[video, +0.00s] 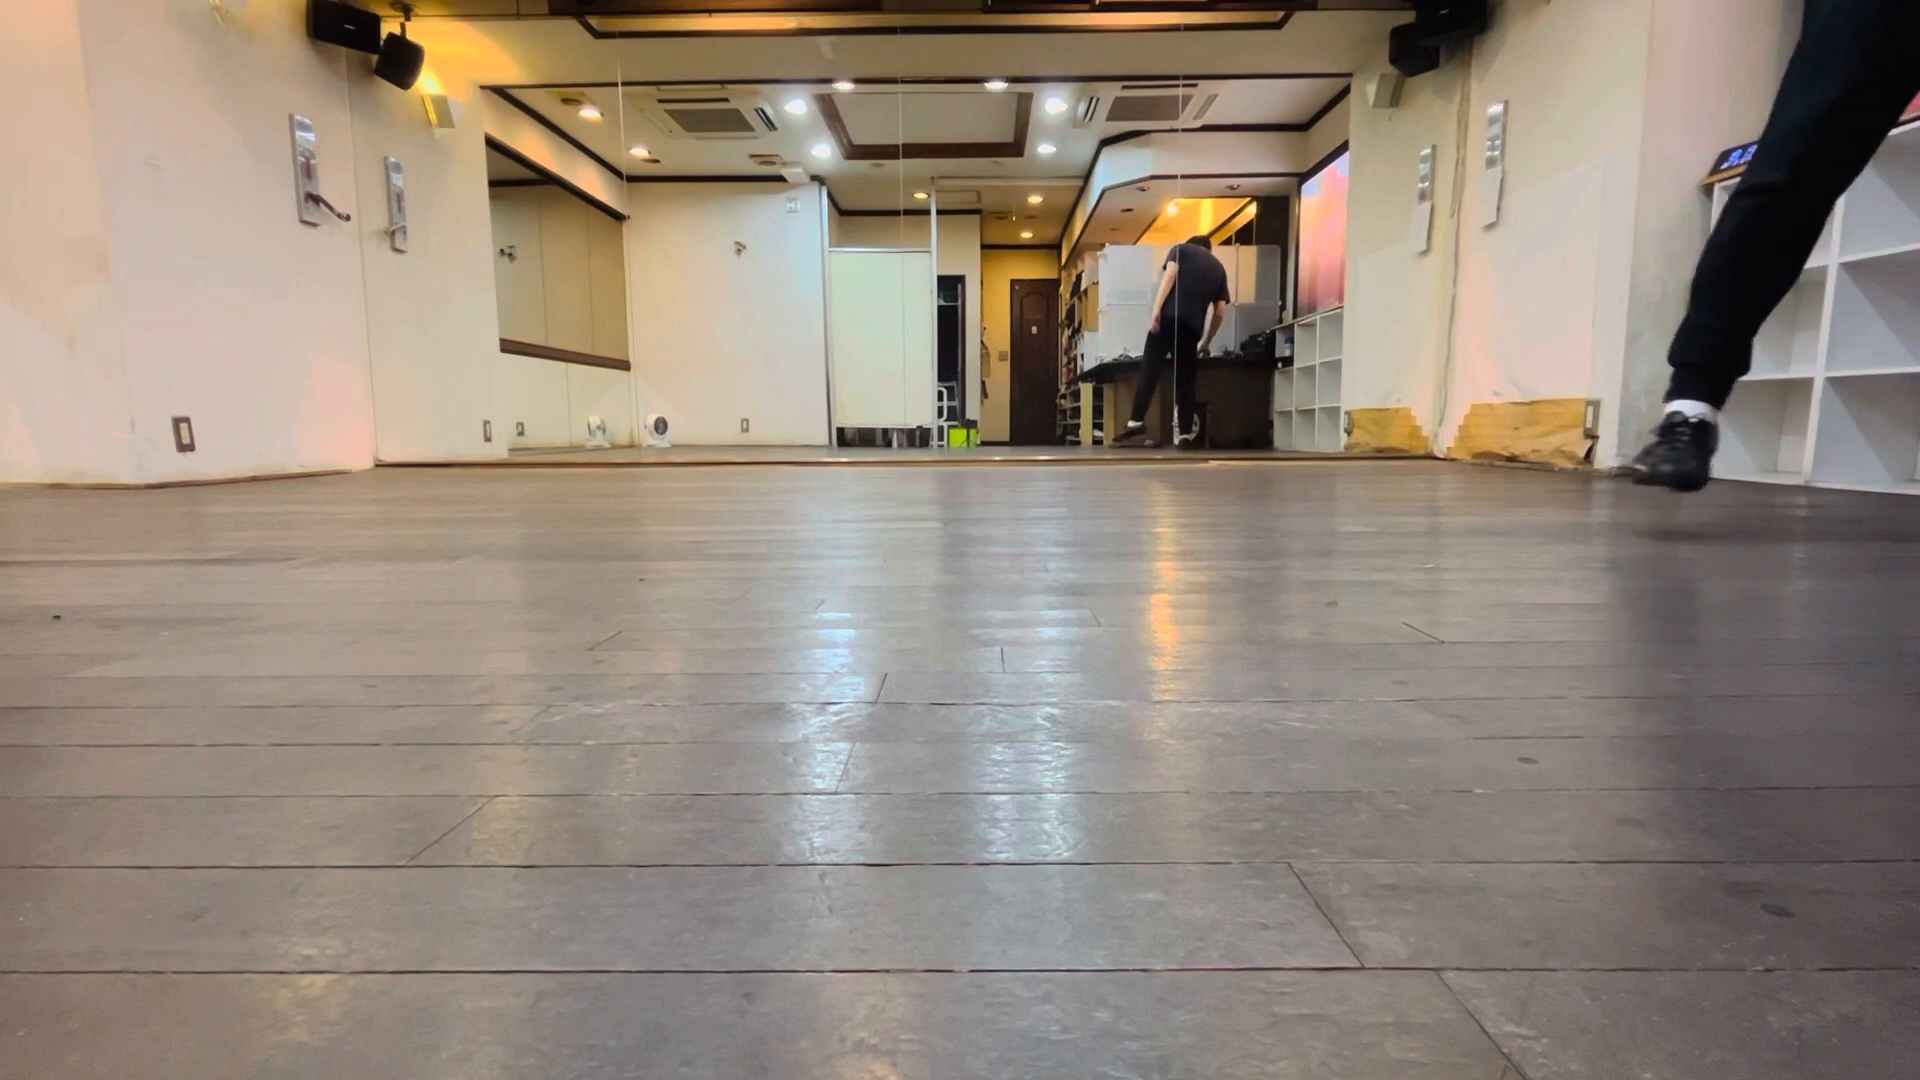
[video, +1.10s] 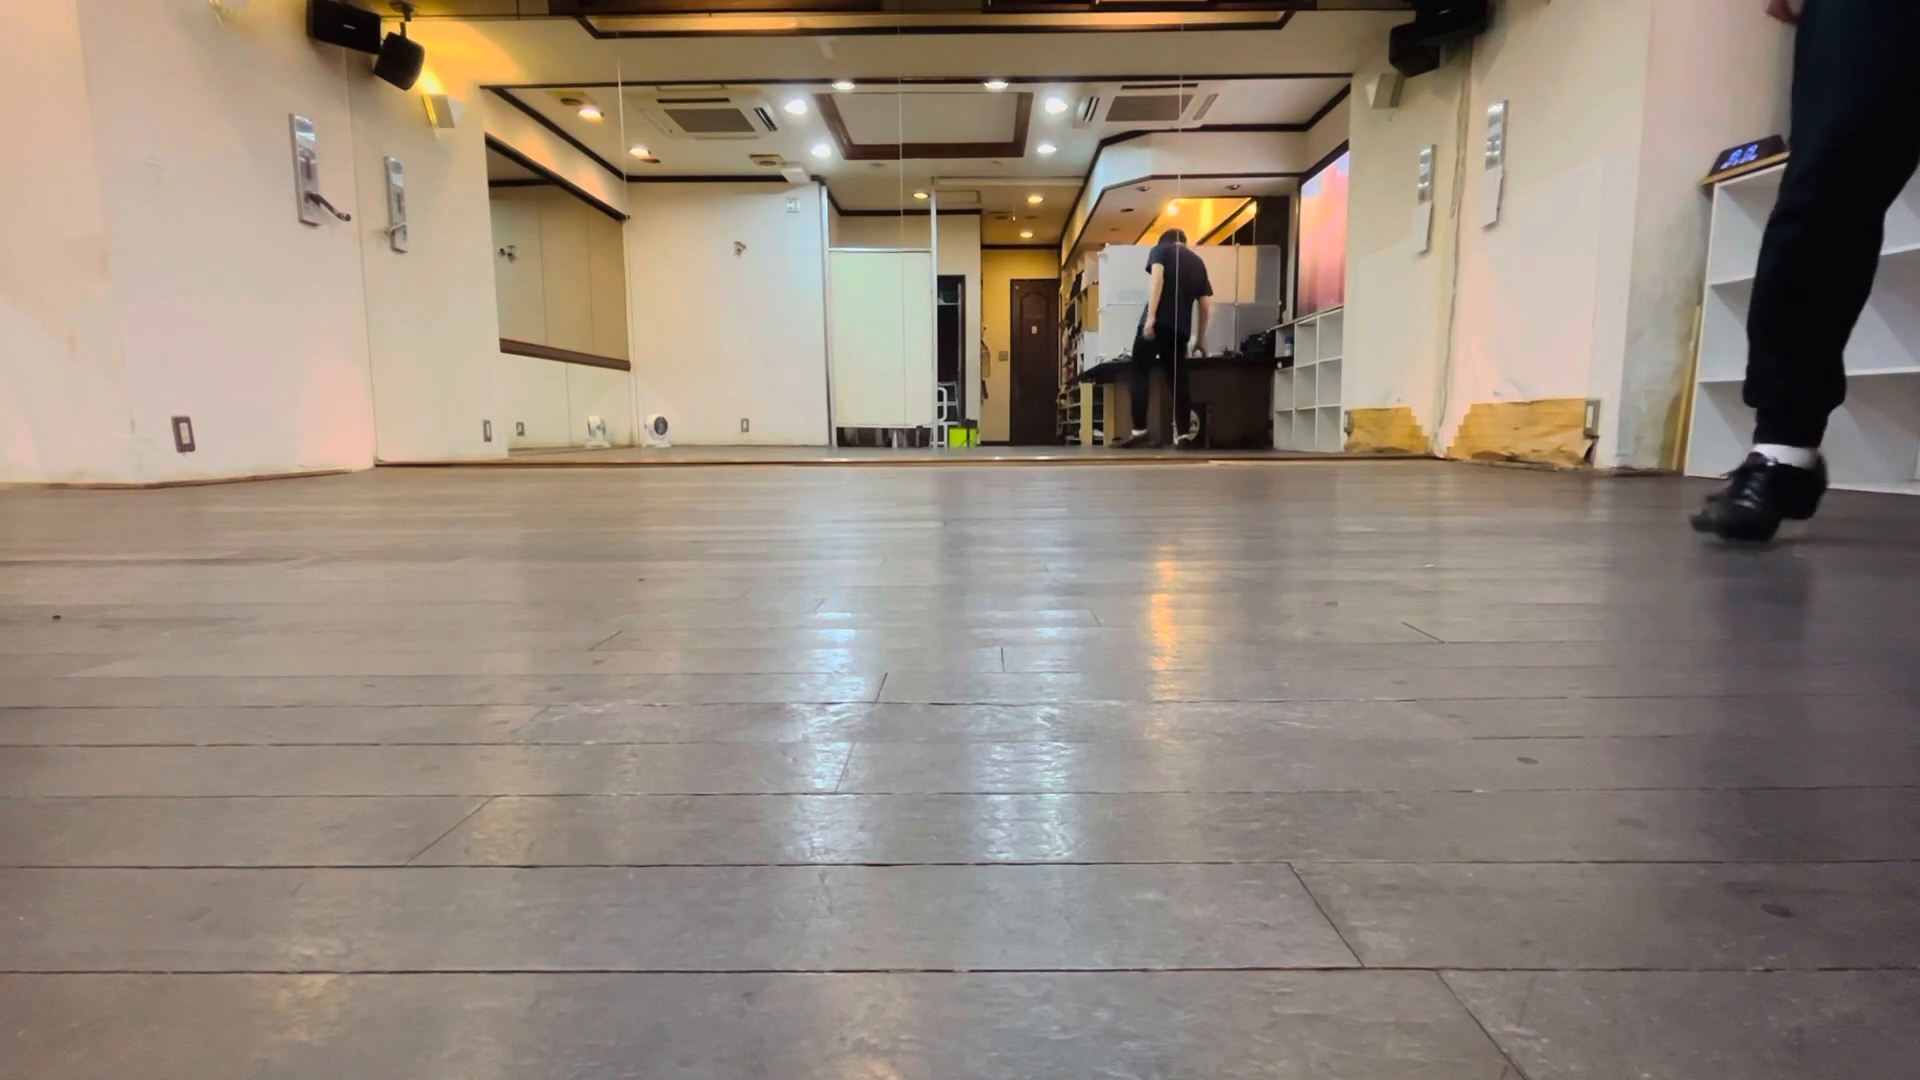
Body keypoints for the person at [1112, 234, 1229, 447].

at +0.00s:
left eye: (1187, 244)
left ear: (1189, 243)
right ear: (1209, 249)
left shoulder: (1179, 249)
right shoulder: (1218, 268)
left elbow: (1171, 274)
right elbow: (1220, 313)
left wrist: (1156, 309)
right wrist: (1207, 343)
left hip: (1167, 319)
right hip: (1193, 327)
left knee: (1150, 369)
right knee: (1185, 379)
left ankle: (1136, 420)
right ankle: (1183, 434)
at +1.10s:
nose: (1160, 247)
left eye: (1161, 243)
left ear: (1164, 241)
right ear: (1183, 242)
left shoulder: (1160, 250)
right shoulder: (1196, 261)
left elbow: (1158, 280)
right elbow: (1205, 305)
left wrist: (1150, 318)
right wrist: (1201, 339)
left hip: (1154, 325)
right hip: (1179, 330)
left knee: (1139, 372)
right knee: (1178, 378)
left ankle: (1139, 428)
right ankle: (1182, 433)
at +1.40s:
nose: (1131, 250)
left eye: (1131, 247)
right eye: (1130, 247)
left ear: (1134, 243)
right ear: (1154, 241)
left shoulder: (1140, 253)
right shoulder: (1174, 259)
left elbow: (1148, 280)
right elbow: (1185, 294)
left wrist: (1159, 313)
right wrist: (1180, 321)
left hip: (1145, 326)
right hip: (1170, 327)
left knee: (1131, 376)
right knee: (1173, 378)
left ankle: (1120, 432)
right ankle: (1182, 432)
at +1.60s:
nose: (1108, 249)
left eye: (1107, 245)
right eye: (1107, 246)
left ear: (1110, 243)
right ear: (1130, 239)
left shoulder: (1116, 255)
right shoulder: (1149, 256)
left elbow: (1125, 282)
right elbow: (1164, 293)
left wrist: (1135, 317)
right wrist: (1160, 322)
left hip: (1127, 325)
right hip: (1152, 325)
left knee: (1115, 374)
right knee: (1156, 374)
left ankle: (1117, 434)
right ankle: (1172, 429)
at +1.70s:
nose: (1099, 249)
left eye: (1098, 245)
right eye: (1098, 246)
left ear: (1102, 242)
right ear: (1121, 238)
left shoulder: (1107, 256)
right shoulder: (1140, 257)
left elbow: (1110, 287)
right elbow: (1155, 292)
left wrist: (1111, 324)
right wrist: (1152, 327)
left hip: (1119, 326)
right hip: (1142, 326)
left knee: (1110, 376)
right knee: (1139, 372)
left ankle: (1116, 434)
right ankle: (1165, 420)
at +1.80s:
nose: (1091, 245)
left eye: (1091, 241)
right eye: (1091, 241)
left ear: (1094, 239)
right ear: (1112, 237)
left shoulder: (1098, 256)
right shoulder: (1132, 256)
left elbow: (1095, 293)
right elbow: (1146, 293)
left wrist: (1087, 331)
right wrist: (1145, 329)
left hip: (1110, 328)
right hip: (1132, 328)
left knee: (1108, 378)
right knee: (1126, 373)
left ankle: (1117, 434)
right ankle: (1139, 418)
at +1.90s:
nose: (1082, 246)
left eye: (1082, 242)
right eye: (1081, 243)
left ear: (1086, 239)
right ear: (1104, 237)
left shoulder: (1091, 256)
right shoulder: (1124, 256)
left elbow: (1083, 293)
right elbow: (1139, 292)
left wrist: (1065, 324)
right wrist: (1142, 327)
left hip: (1104, 329)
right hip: (1124, 328)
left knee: (1107, 379)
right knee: (1107, 377)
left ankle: (1117, 433)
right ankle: (1111, 428)